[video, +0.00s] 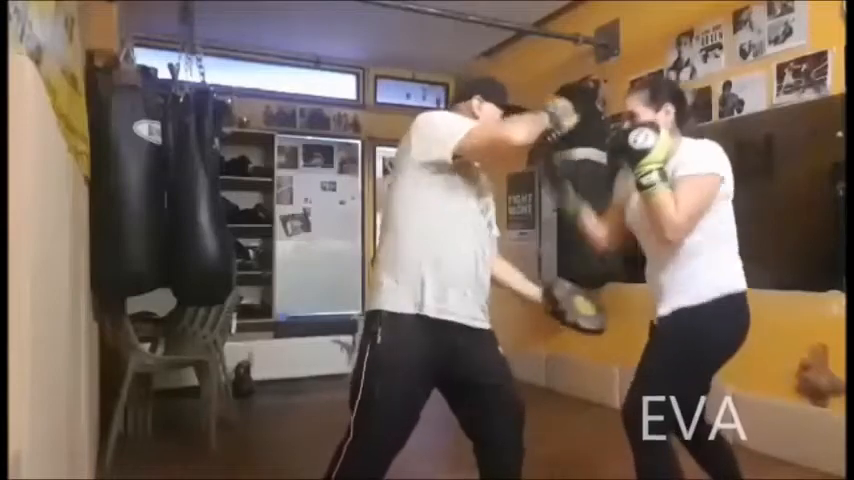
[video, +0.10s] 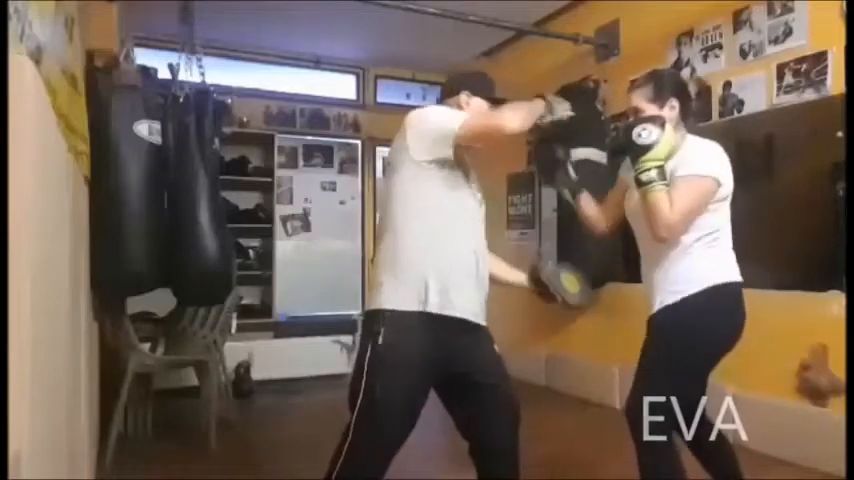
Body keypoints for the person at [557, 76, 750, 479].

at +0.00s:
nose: (627, 127)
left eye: (634, 117)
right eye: (625, 119)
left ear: (666, 113)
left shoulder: (703, 155)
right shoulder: (634, 173)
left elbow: (673, 229)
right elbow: (606, 239)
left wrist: (646, 165)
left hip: (711, 309)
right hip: (674, 315)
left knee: (641, 413)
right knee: (687, 418)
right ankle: (731, 474)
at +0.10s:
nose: (634, 123)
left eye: (641, 112)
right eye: (631, 114)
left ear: (672, 109)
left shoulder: (704, 155)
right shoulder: (637, 165)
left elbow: (667, 228)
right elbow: (602, 223)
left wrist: (647, 163)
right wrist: (568, 178)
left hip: (705, 303)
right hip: (670, 309)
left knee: (645, 412)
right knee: (687, 414)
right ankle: (731, 474)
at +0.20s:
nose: (634, 122)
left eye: (641, 112)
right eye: (630, 113)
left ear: (672, 111)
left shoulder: (699, 156)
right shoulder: (651, 164)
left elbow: (666, 231)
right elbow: (630, 237)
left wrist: (646, 170)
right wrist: (596, 201)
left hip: (700, 311)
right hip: (670, 314)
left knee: (643, 415)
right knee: (690, 415)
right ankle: (730, 474)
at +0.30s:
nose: (632, 125)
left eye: (639, 114)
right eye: (629, 116)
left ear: (669, 108)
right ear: (658, 111)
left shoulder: (704, 158)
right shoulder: (641, 164)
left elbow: (676, 235)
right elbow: (601, 209)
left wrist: (650, 172)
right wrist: (591, 161)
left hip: (700, 308)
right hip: (664, 310)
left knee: (647, 413)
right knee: (691, 417)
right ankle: (732, 475)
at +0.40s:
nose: (626, 121)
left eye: (633, 111)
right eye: (626, 113)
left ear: (663, 109)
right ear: (653, 111)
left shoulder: (702, 148)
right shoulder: (632, 164)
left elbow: (711, 193)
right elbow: (586, 194)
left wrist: (659, 154)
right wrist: (565, 155)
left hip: (699, 298)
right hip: (660, 305)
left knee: (650, 413)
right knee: (682, 411)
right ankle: (728, 474)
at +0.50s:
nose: (629, 118)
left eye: (634, 109)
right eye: (628, 111)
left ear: (657, 107)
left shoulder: (694, 150)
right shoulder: (649, 167)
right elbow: (634, 230)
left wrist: (640, 120)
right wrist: (597, 198)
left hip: (692, 295)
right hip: (665, 299)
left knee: (648, 413)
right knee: (682, 410)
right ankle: (727, 472)